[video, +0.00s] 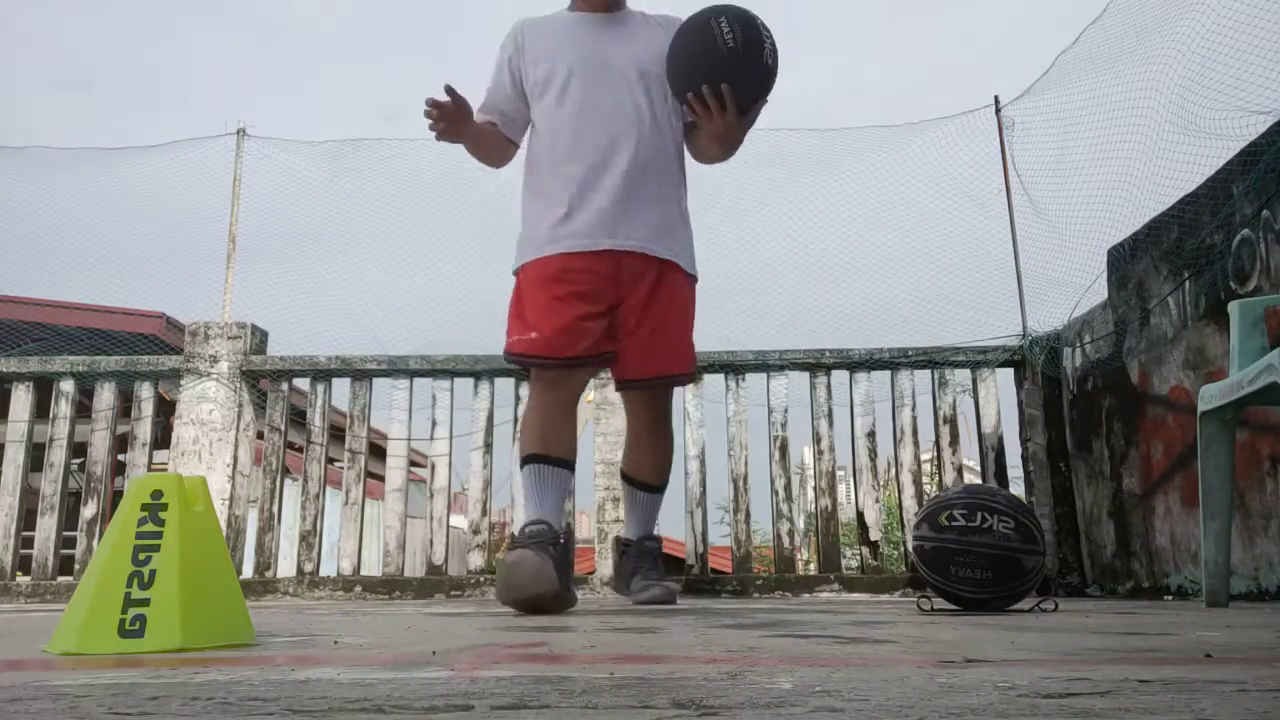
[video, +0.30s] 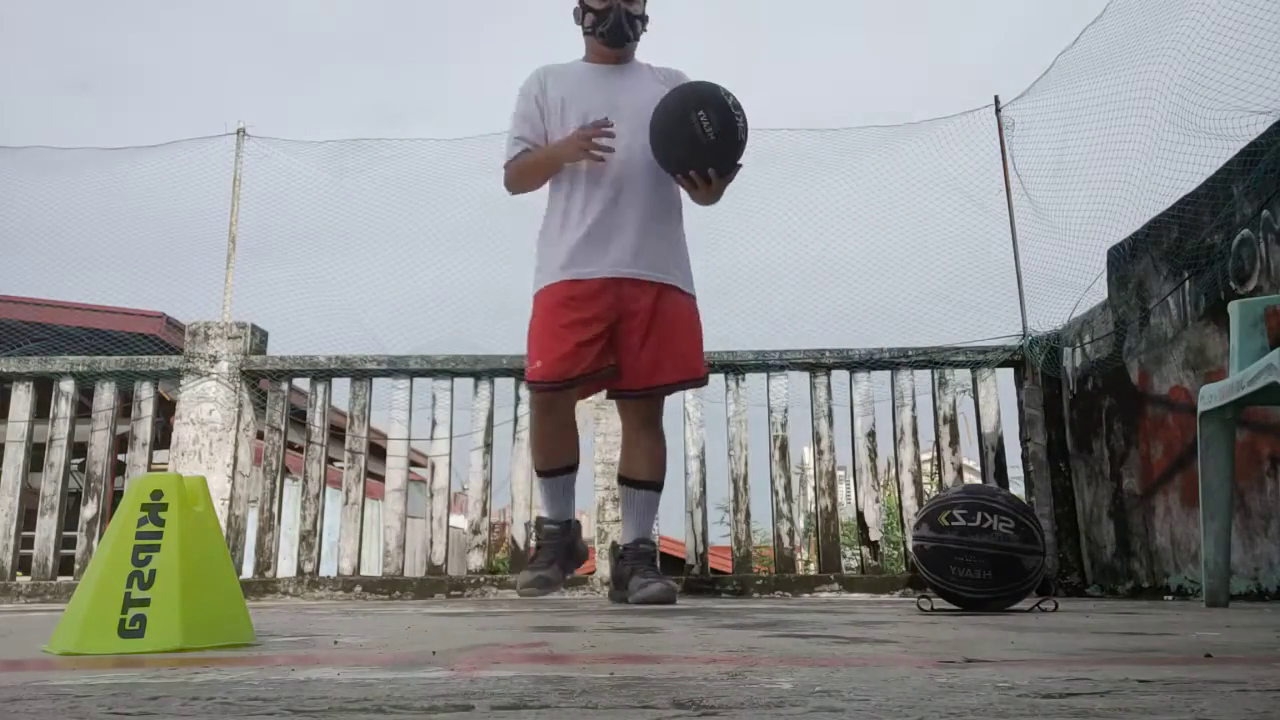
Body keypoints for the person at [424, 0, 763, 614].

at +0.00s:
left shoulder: (671, 35)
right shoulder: (529, 38)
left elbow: (700, 143)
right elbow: (500, 147)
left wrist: (721, 144)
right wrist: (469, 130)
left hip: (657, 241)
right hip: (559, 240)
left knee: (650, 400)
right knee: (552, 383)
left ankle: (640, 555)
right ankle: (541, 541)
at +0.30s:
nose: (619, 10)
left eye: (630, 3)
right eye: (605, 3)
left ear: (645, 14)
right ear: (581, 13)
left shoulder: (674, 86)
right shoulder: (546, 84)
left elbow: (703, 168)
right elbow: (516, 177)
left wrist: (709, 193)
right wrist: (558, 151)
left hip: (654, 270)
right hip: (570, 270)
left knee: (644, 408)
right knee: (549, 395)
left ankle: (637, 560)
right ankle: (559, 539)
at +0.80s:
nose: (593, 97)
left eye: (603, 91)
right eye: (581, 89)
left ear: (615, 103)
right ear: (561, 99)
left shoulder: (639, 162)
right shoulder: (529, 159)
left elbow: (666, 244)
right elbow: (500, 235)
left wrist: (629, 227)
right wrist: (555, 228)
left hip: (623, 322)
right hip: (553, 327)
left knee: (633, 418)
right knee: (557, 446)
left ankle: (636, 556)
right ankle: (561, 567)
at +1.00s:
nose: (594, 121)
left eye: (605, 113)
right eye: (584, 113)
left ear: (620, 120)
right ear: (567, 118)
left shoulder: (644, 177)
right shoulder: (537, 178)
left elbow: (669, 252)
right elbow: (504, 249)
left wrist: (632, 251)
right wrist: (550, 243)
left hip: (630, 335)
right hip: (561, 338)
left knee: (649, 438)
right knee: (561, 448)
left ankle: (649, 551)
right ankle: (560, 565)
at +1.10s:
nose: (602, 132)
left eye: (611, 125)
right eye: (592, 125)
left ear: (626, 129)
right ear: (575, 131)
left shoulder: (652, 185)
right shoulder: (547, 189)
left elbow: (681, 256)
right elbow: (518, 261)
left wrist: (644, 255)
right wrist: (555, 255)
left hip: (636, 343)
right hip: (568, 345)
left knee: (652, 447)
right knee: (565, 450)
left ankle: (656, 556)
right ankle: (561, 566)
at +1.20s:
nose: (615, 144)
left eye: (623, 136)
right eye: (604, 136)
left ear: (637, 139)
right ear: (587, 142)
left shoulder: (664, 195)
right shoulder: (562, 198)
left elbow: (696, 264)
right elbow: (535, 271)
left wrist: (654, 261)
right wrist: (570, 265)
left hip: (646, 351)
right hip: (579, 353)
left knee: (654, 455)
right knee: (572, 452)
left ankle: (658, 564)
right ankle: (562, 568)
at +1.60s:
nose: (653, 163)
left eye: (662, 156)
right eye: (644, 154)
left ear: (675, 161)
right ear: (627, 155)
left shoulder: (692, 214)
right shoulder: (599, 208)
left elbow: (713, 280)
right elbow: (566, 273)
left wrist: (711, 283)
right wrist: (611, 269)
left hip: (671, 362)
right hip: (613, 361)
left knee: (663, 462)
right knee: (612, 458)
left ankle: (656, 568)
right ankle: (605, 564)